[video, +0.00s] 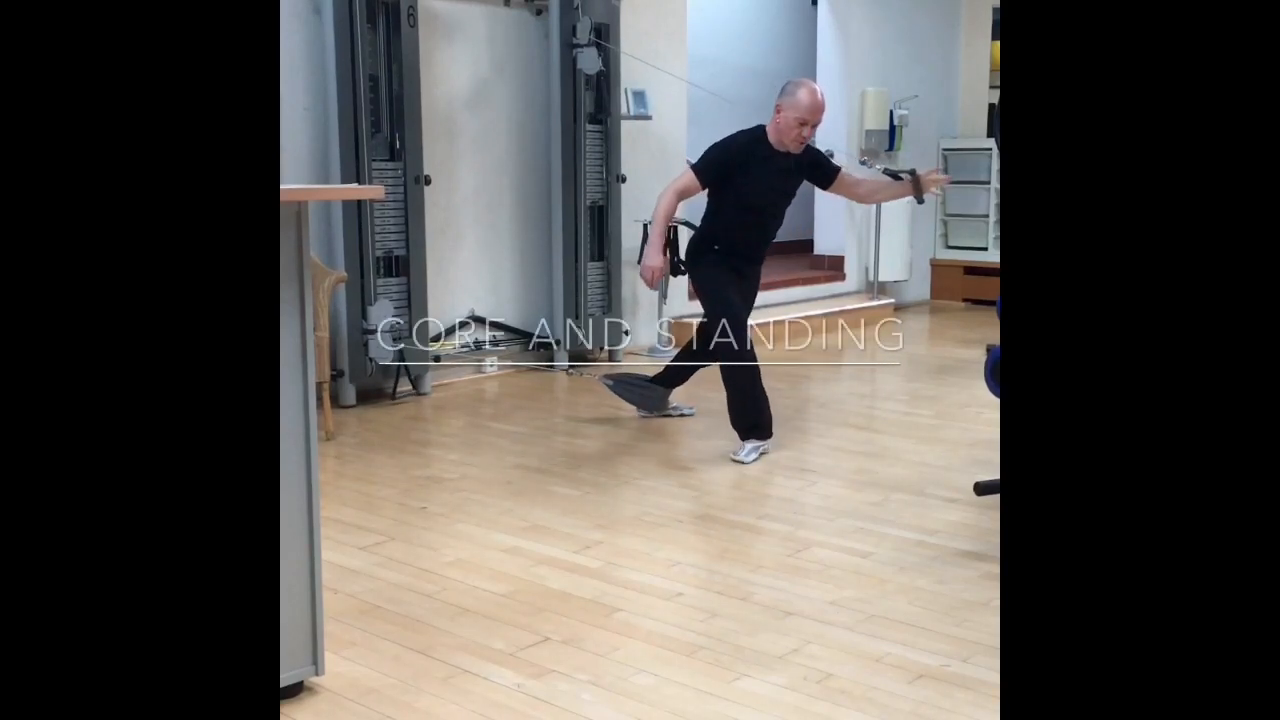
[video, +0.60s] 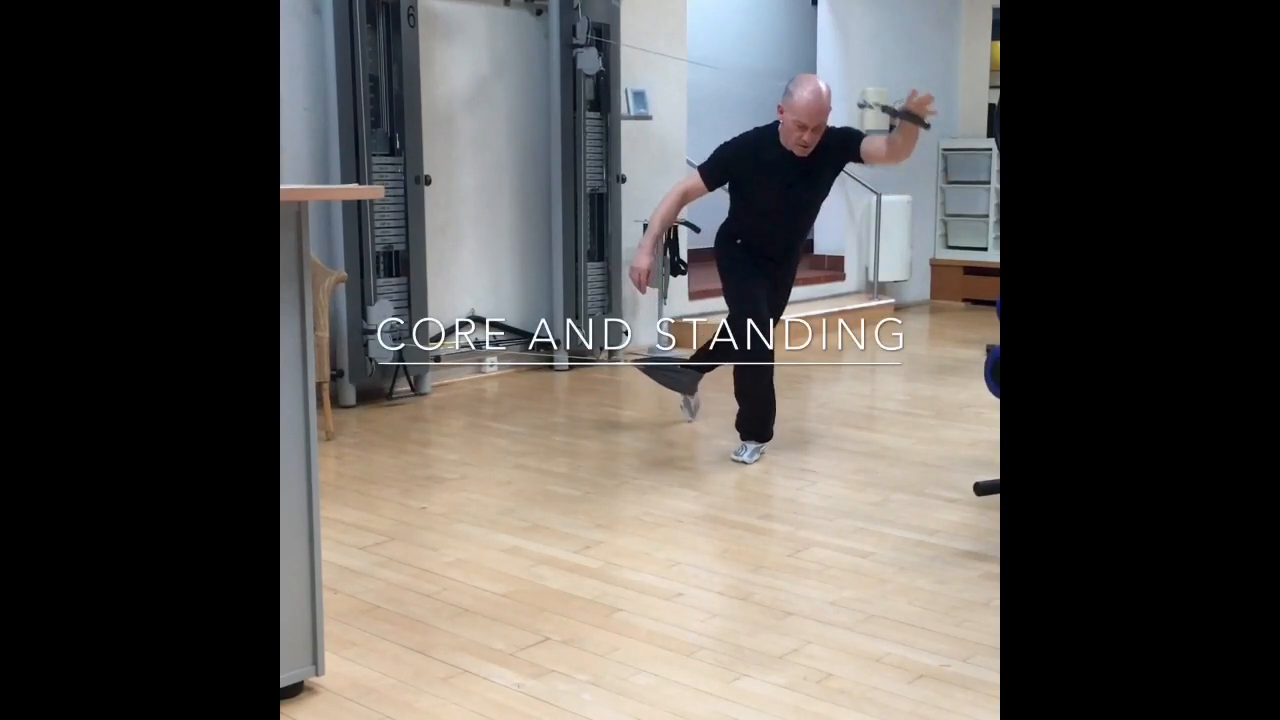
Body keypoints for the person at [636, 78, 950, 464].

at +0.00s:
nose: (808, 134)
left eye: (814, 127)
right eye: (802, 124)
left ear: (818, 123)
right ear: (778, 115)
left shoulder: (807, 160)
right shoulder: (737, 148)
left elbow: (862, 189)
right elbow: (672, 193)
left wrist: (915, 185)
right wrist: (654, 248)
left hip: (748, 265)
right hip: (710, 258)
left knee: (717, 334)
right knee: (735, 336)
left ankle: (656, 390)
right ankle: (755, 435)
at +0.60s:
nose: (807, 138)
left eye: (816, 129)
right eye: (800, 127)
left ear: (827, 119)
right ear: (781, 112)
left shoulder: (836, 145)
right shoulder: (747, 148)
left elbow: (894, 151)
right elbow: (682, 194)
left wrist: (912, 121)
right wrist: (647, 251)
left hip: (785, 257)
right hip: (739, 250)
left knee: (754, 329)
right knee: (754, 330)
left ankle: (689, 371)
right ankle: (754, 435)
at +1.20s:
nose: (795, 96)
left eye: (803, 85)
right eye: (786, 86)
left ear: (812, 76)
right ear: (763, 76)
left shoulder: (818, 95)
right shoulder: (737, 120)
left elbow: (873, 90)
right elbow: (687, 180)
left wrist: (885, 69)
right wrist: (674, 236)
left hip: (798, 232)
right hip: (748, 236)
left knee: (826, 317)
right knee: (756, 338)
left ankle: (757, 348)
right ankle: (747, 436)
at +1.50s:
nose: (789, 81)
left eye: (796, 70)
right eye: (779, 72)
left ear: (804, 63)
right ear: (756, 64)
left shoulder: (814, 88)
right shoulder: (727, 111)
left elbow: (870, 88)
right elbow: (675, 169)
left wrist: (886, 71)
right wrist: (654, 227)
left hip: (803, 218)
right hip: (754, 230)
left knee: (861, 263)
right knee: (756, 334)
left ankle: (815, 333)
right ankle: (747, 435)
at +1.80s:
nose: (788, 72)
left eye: (795, 62)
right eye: (778, 62)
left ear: (802, 57)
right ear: (755, 56)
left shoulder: (809, 89)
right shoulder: (719, 106)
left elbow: (870, 91)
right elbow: (665, 155)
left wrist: (887, 65)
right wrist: (624, 210)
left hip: (803, 213)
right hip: (753, 231)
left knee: (874, 218)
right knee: (759, 333)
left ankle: (876, 322)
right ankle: (748, 435)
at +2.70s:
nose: (779, 63)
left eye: (782, 53)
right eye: (769, 54)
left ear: (785, 49)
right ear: (741, 52)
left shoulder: (791, 82)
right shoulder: (717, 107)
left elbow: (852, 58)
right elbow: (684, 166)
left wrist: (877, 18)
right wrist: (695, 213)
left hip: (799, 213)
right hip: (751, 232)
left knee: (876, 210)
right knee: (754, 332)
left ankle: (882, 319)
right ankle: (746, 433)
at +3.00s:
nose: (802, 65)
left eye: (803, 56)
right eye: (794, 57)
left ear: (771, 55)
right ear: (761, 54)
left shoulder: (788, 82)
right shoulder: (731, 104)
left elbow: (839, 61)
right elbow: (715, 170)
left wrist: (875, 36)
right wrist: (755, 215)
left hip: (791, 213)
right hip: (748, 227)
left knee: (877, 216)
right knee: (758, 328)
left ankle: (856, 314)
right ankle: (745, 433)